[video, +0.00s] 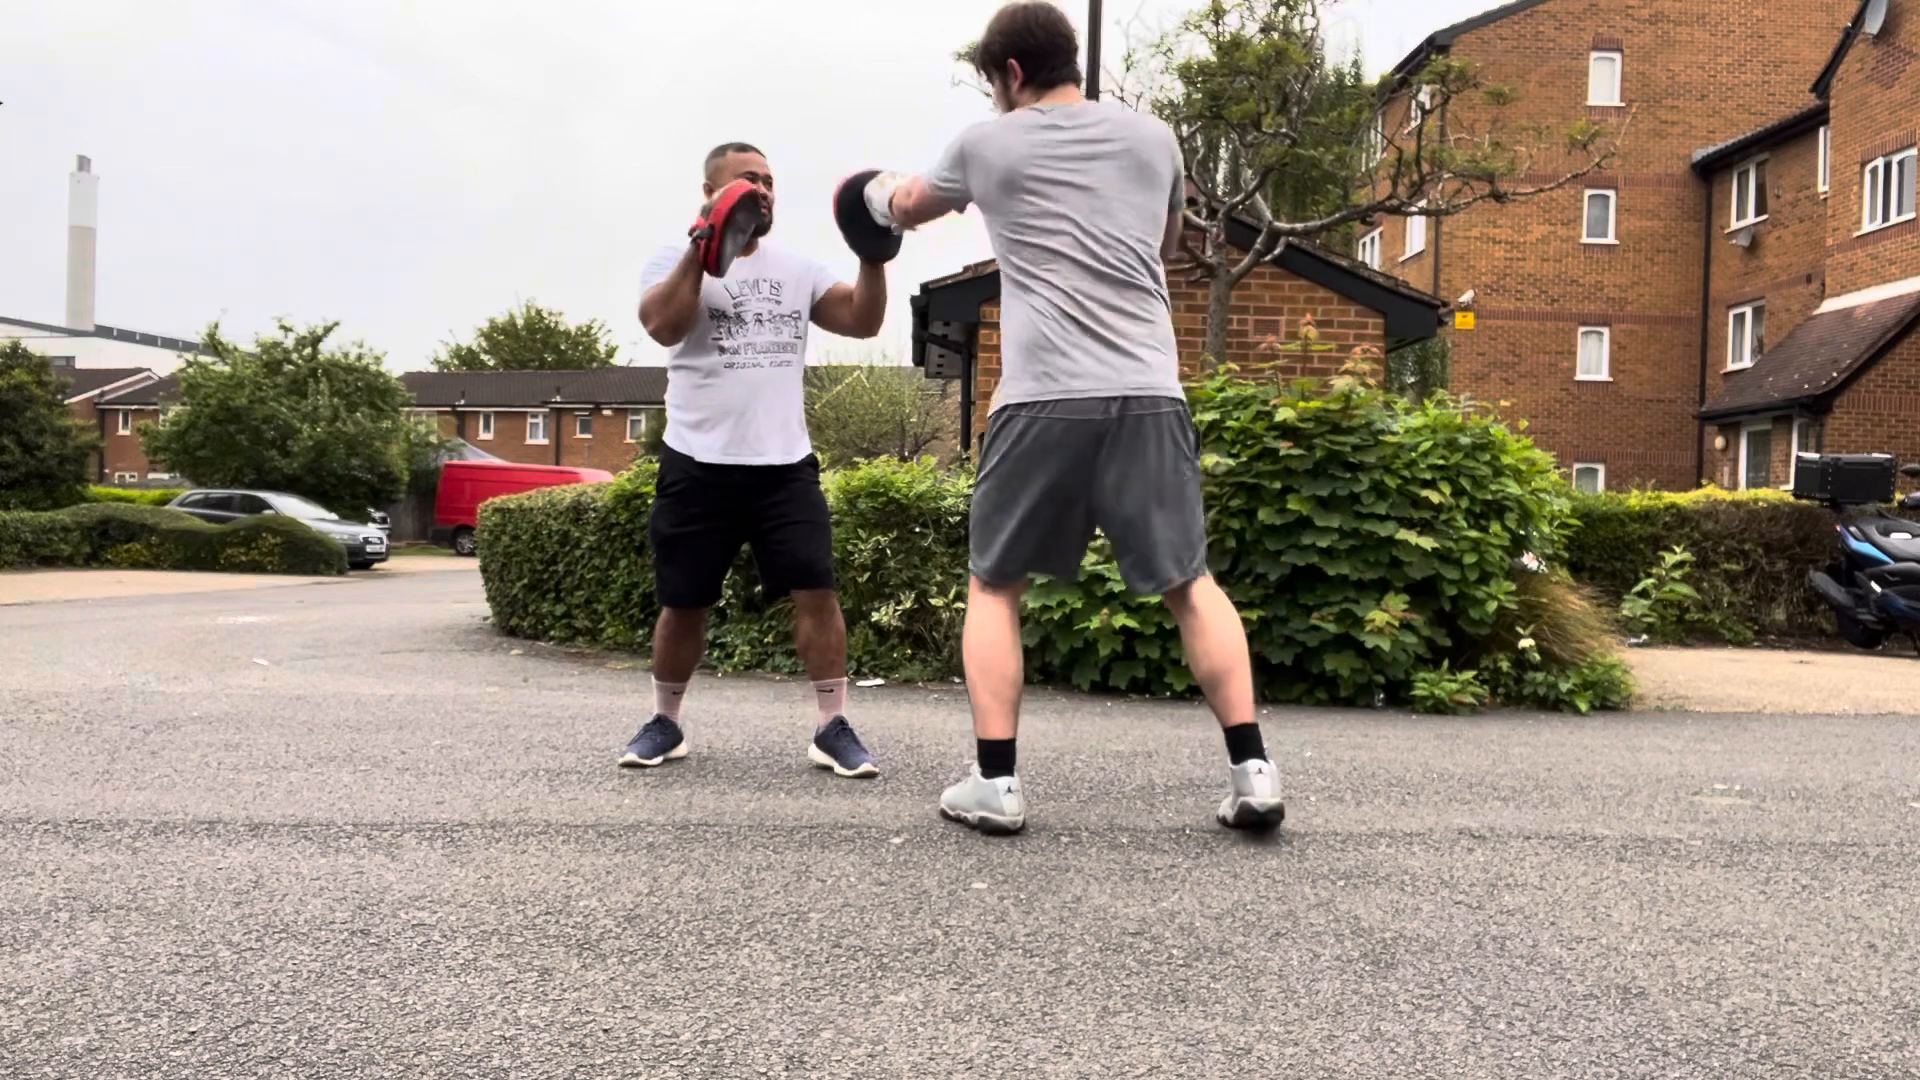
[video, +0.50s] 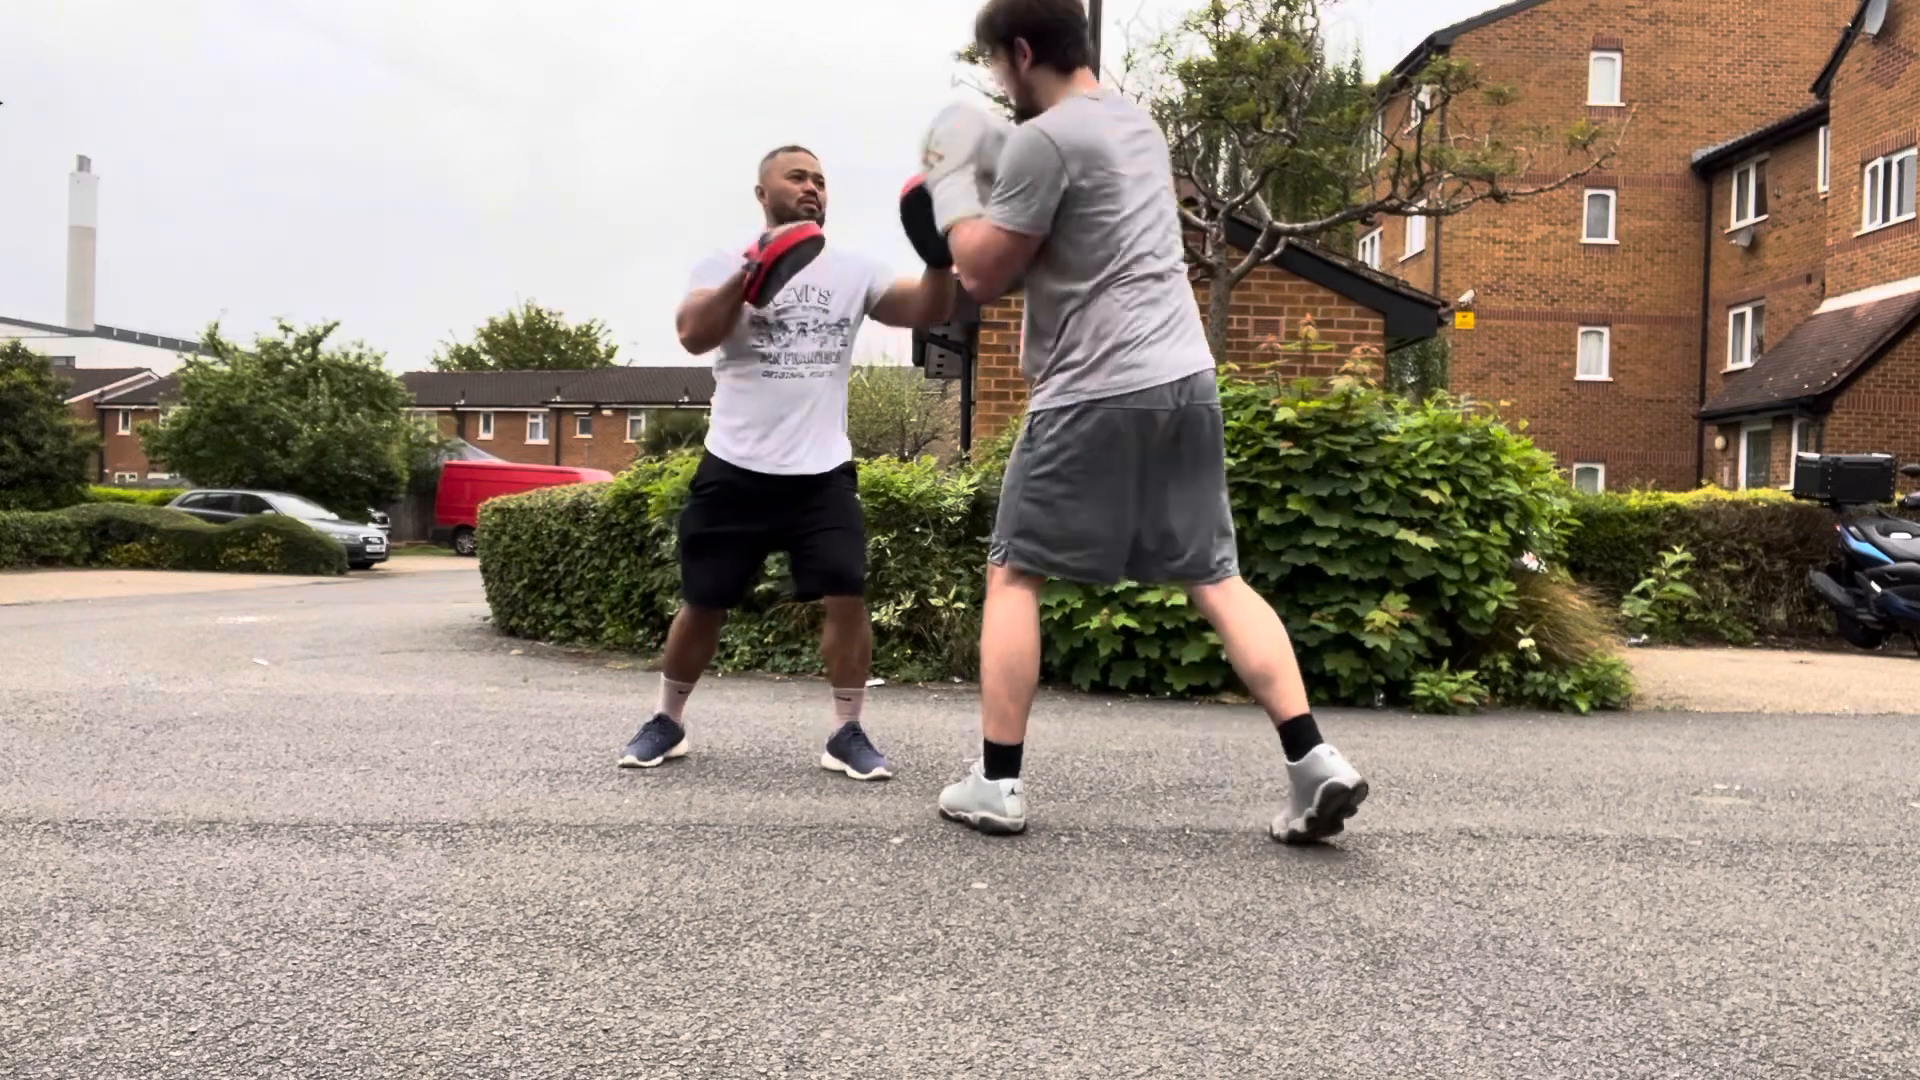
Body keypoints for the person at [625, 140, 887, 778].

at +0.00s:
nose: (761, 188)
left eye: (768, 180)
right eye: (745, 179)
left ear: (776, 195)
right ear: (711, 193)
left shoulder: (795, 265)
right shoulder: (673, 261)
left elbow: (863, 320)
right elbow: (664, 329)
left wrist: (873, 255)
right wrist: (700, 252)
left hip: (785, 460)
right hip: (698, 461)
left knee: (816, 586)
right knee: (682, 599)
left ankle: (834, 724)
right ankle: (665, 721)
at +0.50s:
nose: (812, 187)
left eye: (820, 180)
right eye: (797, 175)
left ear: (828, 199)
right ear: (760, 192)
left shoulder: (851, 269)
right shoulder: (727, 264)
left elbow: (929, 309)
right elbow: (694, 336)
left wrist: (944, 245)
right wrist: (751, 275)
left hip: (823, 469)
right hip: (735, 466)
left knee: (847, 591)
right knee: (702, 602)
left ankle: (847, 731)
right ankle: (666, 721)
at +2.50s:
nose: (792, 193)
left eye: (799, 185)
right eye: (777, 183)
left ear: (807, 200)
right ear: (743, 197)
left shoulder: (827, 268)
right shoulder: (705, 266)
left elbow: (905, 292)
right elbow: (688, 333)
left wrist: (923, 225)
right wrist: (727, 257)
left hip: (813, 464)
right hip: (727, 465)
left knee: (839, 590)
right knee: (712, 601)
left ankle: (851, 728)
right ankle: (699, 721)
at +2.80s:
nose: (810, 196)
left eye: (815, 188)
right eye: (797, 185)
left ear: (821, 204)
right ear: (765, 197)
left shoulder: (829, 282)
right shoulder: (726, 260)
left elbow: (869, 365)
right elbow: (730, 294)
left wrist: (905, 317)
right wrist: (757, 214)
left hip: (819, 462)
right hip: (736, 461)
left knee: (857, 579)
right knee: (719, 601)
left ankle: (868, 720)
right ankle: (699, 720)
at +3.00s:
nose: (828, 194)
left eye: (834, 187)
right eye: (813, 184)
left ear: (843, 201)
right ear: (778, 198)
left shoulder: (858, 278)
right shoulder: (743, 261)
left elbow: (907, 358)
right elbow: (719, 314)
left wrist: (926, 297)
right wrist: (780, 254)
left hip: (838, 464)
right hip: (753, 461)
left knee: (871, 592)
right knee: (727, 603)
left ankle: (890, 729)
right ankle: (700, 721)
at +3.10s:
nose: (849, 191)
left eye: (856, 184)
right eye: (834, 180)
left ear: (864, 202)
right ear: (799, 195)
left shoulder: (891, 265)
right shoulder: (764, 270)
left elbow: (981, 274)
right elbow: (731, 351)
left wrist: (1006, 211)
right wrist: (795, 301)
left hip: (856, 466)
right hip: (768, 464)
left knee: (881, 591)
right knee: (734, 600)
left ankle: (892, 730)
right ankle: (700, 719)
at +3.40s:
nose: (892, 189)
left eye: (899, 181)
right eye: (877, 178)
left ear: (906, 196)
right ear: (841, 187)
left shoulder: (926, 268)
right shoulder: (806, 259)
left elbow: (993, 325)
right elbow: (749, 324)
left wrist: (1017, 275)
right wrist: (791, 256)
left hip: (883, 462)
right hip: (796, 455)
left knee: (896, 595)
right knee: (751, 589)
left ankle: (893, 730)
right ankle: (702, 710)